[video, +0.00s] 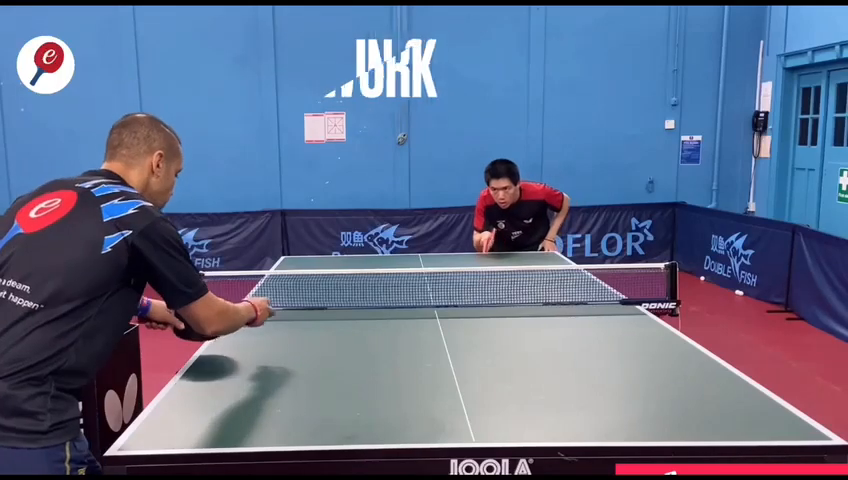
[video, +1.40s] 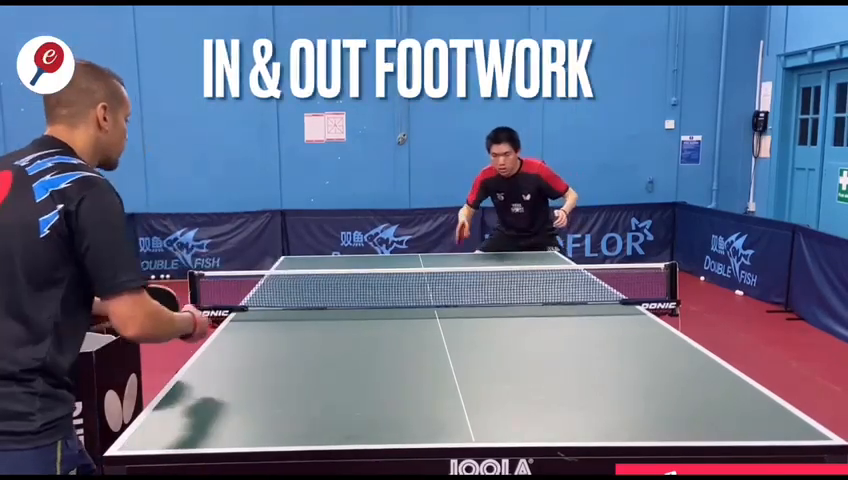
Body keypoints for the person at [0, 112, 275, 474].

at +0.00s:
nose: (172, 192)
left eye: (177, 179)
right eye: (175, 177)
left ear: (111, 155)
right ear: (156, 164)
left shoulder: (41, 195)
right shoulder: (142, 220)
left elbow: (65, 284)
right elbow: (207, 321)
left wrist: (151, 310)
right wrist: (247, 312)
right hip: (35, 431)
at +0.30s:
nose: (187, 209)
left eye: (192, 195)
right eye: (191, 194)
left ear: (128, 174)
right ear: (171, 185)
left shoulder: (64, 207)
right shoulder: (137, 233)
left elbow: (87, 296)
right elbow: (171, 356)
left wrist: (172, 305)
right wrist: (236, 344)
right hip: (23, 418)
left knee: (91, 464)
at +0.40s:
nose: (183, 204)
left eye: (187, 191)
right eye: (186, 189)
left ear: (123, 173)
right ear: (166, 181)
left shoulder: (77, 207)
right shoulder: (121, 227)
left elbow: (162, 269)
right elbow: (151, 349)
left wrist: (236, 283)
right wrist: (221, 338)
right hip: (19, 414)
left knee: (96, 467)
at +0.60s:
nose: (170, 167)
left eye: (172, 156)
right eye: (170, 155)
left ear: (104, 145)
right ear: (148, 152)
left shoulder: (65, 184)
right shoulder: (104, 209)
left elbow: (127, 259)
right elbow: (120, 338)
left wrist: (219, 256)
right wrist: (178, 335)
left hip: (44, 405)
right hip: (16, 414)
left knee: (91, 468)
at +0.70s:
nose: (153, 153)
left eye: (154, 141)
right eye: (152, 140)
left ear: (82, 133)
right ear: (130, 136)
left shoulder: (34, 182)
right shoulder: (90, 202)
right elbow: (104, 338)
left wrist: (161, 272)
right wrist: (158, 341)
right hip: (23, 427)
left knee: (97, 469)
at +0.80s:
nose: (137, 139)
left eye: (137, 125)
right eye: (135, 124)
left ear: (62, 121)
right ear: (112, 123)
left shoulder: (14, 173)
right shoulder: (78, 197)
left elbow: (29, 301)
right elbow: (87, 336)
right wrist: (137, 346)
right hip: (29, 436)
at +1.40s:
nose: (126, 135)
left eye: (127, 122)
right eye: (125, 121)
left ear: (55, 115)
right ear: (101, 116)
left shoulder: (9, 168)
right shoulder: (87, 189)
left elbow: (23, 299)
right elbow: (134, 320)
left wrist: (102, 312)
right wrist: (187, 323)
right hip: (30, 435)